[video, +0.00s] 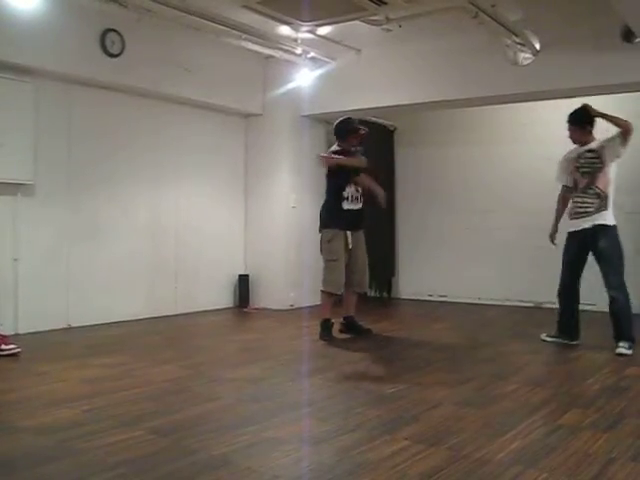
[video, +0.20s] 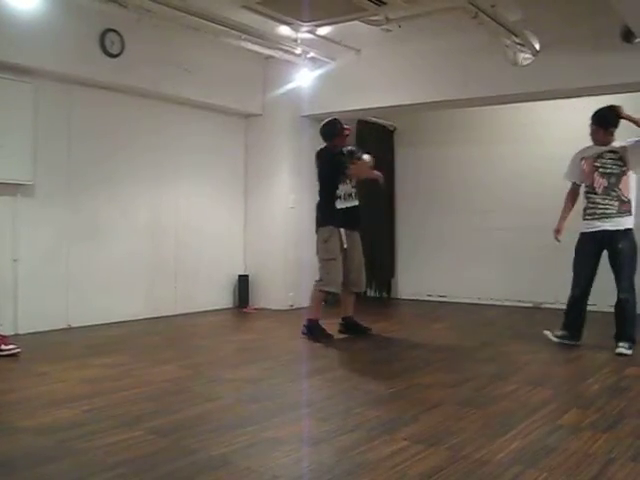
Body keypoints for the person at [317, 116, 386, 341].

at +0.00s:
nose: (360, 140)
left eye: (360, 137)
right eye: (356, 137)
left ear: (355, 137)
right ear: (345, 137)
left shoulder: (356, 155)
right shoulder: (335, 156)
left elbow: (362, 163)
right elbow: (357, 178)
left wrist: (336, 161)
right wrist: (378, 190)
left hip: (354, 223)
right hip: (334, 223)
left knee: (356, 274)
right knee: (333, 275)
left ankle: (349, 319)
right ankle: (326, 323)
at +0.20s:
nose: (348, 132)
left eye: (347, 129)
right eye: (344, 130)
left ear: (337, 136)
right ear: (336, 135)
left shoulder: (347, 153)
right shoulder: (326, 155)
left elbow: (368, 162)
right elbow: (352, 171)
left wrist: (361, 166)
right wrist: (368, 165)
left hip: (350, 221)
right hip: (330, 221)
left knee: (352, 273)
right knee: (329, 274)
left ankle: (347, 319)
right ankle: (312, 322)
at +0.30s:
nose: (341, 138)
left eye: (340, 135)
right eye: (337, 136)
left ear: (337, 137)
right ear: (327, 138)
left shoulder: (346, 155)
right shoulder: (316, 156)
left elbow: (369, 161)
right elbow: (338, 175)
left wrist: (394, 166)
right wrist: (371, 184)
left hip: (347, 222)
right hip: (324, 222)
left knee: (352, 272)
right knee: (325, 273)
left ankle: (347, 320)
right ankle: (308, 323)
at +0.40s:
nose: (335, 137)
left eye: (334, 133)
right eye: (331, 134)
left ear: (334, 135)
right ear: (320, 138)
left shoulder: (347, 155)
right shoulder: (308, 155)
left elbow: (373, 163)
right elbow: (316, 178)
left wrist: (400, 170)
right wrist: (343, 190)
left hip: (342, 225)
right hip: (317, 225)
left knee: (348, 274)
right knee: (318, 275)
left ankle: (346, 319)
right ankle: (308, 324)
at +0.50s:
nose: (333, 136)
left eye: (332, 133)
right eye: (329, 133)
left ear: (330, 135)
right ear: (318, 136)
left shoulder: (345, 157)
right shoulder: (302, 158)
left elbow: (373, 171)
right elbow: (296, 183)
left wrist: (398, 185)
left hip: (338, 225)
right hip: (311, 225)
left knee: (345, 274)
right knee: (311, 272)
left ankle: (346, 322)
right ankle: (307, 324)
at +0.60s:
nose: (325, 140)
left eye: (327, 135)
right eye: (321, 136)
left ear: (331, 135)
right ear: (313, 136)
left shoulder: (341, 160)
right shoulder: (298, 161)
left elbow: (364, 184)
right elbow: (285, 186)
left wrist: (384, 202)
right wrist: (280, 210)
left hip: (335, 227)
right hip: (306, 227)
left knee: (342, 277)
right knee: (302, 276)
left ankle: (346, 323)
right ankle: (304, 325)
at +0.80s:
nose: (325, 140)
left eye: (327, 135)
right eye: (322, 135)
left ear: (329, 135)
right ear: (311, 134)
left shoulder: (333, 156)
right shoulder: (295, 156)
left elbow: (339, 184)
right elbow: (274, 182)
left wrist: (351, 205)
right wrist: (250, 202)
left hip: (330, 227)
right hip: (303, 227)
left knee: (337, 278)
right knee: (298, 279)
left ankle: (336, 323)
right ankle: (302, 325)